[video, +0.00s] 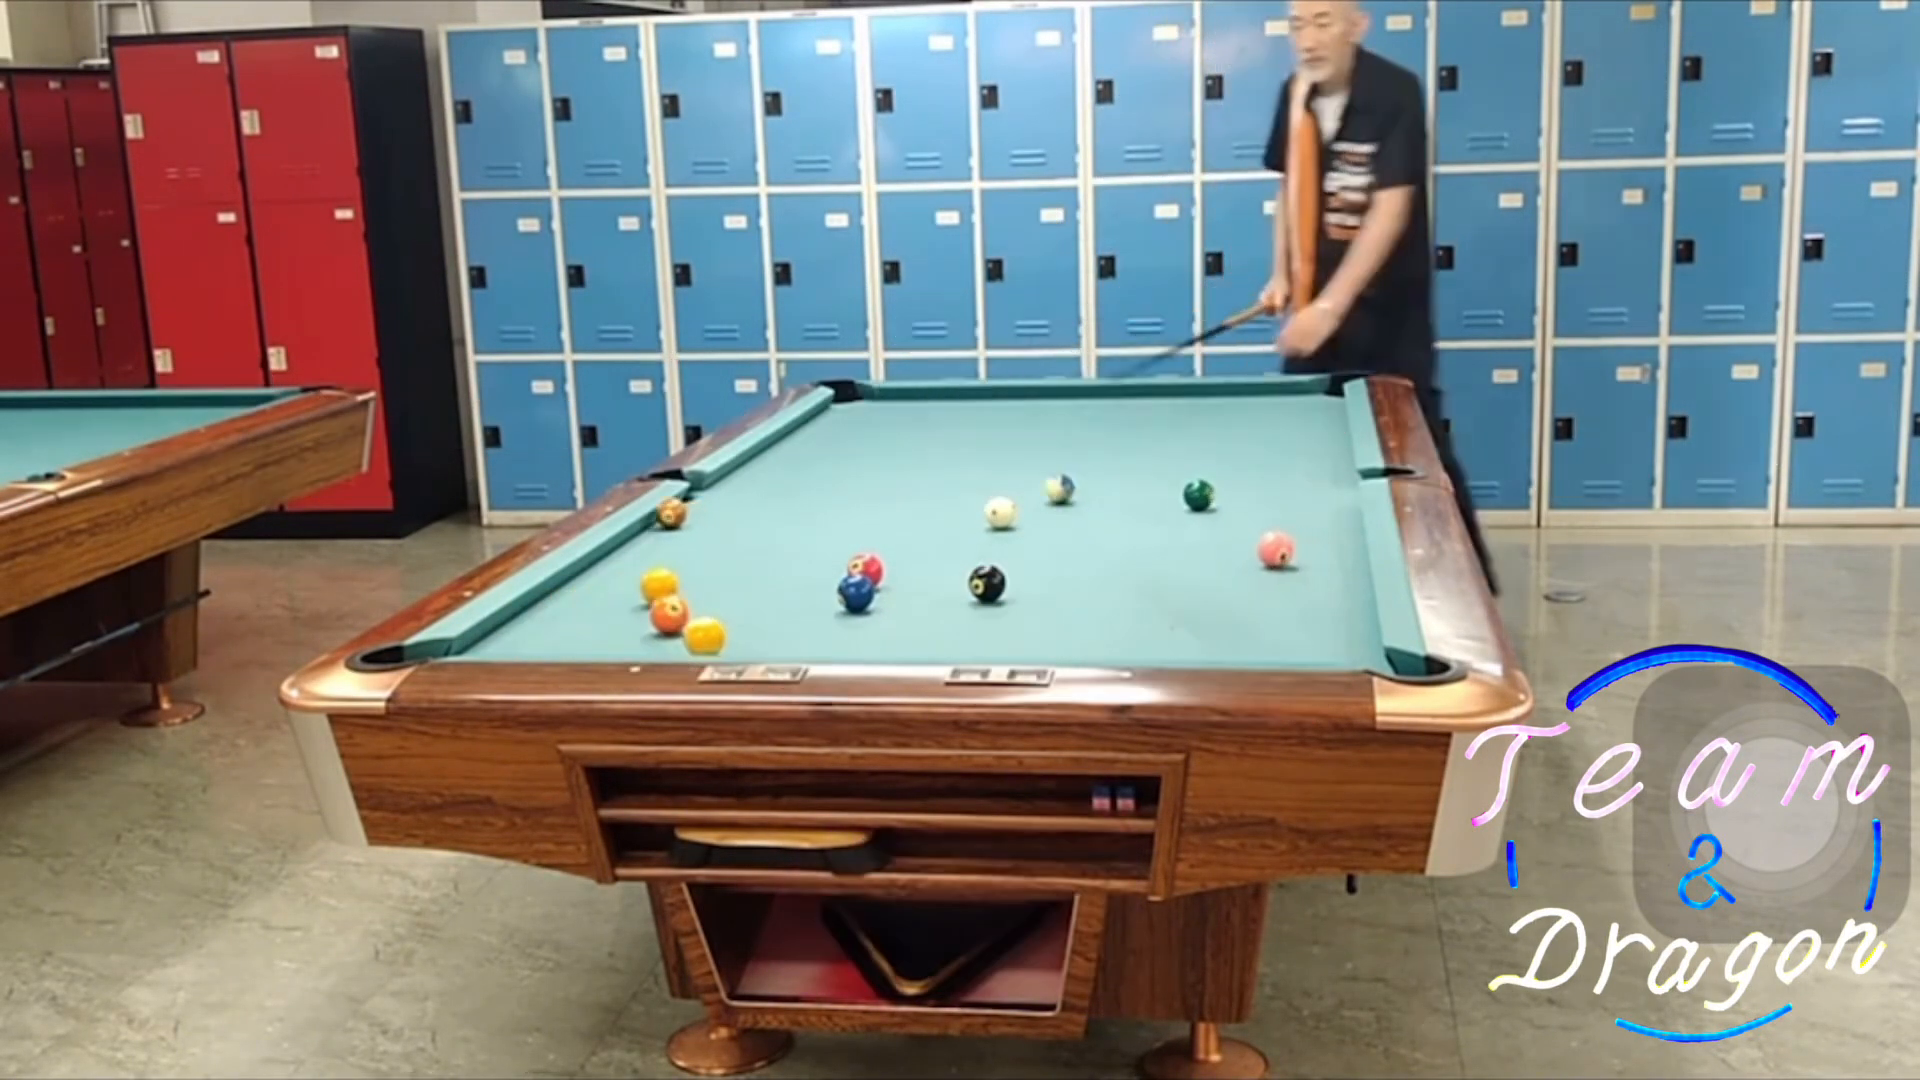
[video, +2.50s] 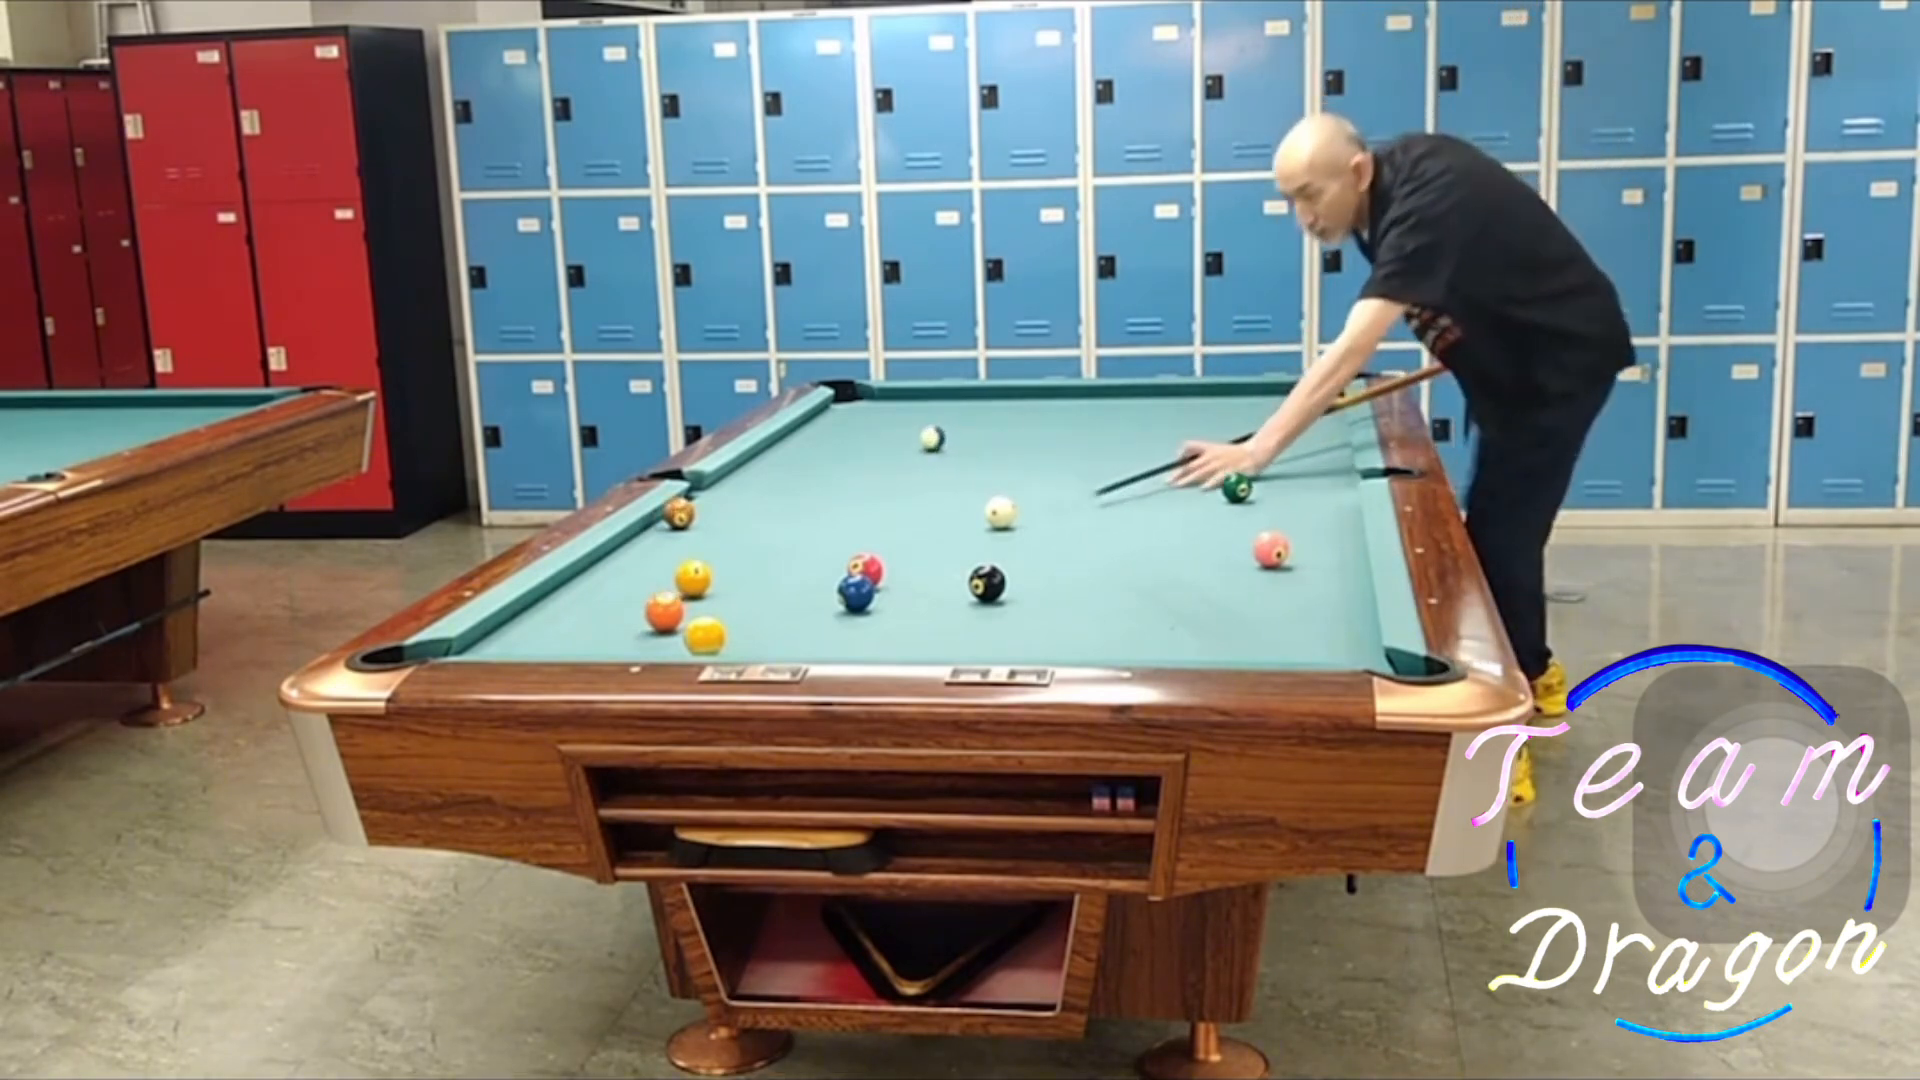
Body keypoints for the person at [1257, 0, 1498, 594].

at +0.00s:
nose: (1306, 39)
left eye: (1321, 23)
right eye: (1298, 24)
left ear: (1357, 25)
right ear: (1289, 28)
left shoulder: (1395, 90)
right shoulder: (1297, 91)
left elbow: (1391, 211)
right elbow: (1289, 188)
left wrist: (1329, 305)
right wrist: (1282, 273)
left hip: (1388, 306)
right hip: (1319, 306)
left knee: (1415, 448)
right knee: (1316, 452)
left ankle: (1467, 579)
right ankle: (1320, 577)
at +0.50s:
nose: (1447, 21)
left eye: (1465, 7)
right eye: (1437, 8)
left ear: (1500, 13)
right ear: (1427, 16)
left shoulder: (1549, 82)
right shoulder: (1406, 86)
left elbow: (1595, 190)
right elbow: (1374, 191)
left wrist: (1621, 296)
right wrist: (1362, 283)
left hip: (1516, 314)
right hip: (1426, 309)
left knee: (1509, 470)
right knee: (1410, 464)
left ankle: (1495, 613)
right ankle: (1399, 608)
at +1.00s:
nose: (1464, 24)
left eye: (1481, 8)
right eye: (1453, 10)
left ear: (1518, 11)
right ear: (1441, 17)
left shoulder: (1571, 82)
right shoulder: (1419, 95)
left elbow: (1605, 203)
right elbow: (1387, 207)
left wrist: (1612, 317)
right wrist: (1374, 309)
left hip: (1547, 338)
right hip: (1453, 338)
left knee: (1537, 491)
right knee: (1470, 499)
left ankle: (1510, 601)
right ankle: (1505, 652)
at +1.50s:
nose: (1393, 47)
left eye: (1406, 26)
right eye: (1381, 33)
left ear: (1454, 18)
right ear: (1374, 38)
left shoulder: (1515, 93)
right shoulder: (1407, 108)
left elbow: (1532, 235)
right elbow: (1424, 223)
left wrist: (1447, 338)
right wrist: (1408, 309)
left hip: (1512, 335)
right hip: (1444, 336)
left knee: (1494, 504)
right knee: (1447, 500)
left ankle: (1507, 658)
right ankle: (1454, 651)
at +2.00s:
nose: (1310, 131)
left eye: (1319, 109)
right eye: (1299, 116)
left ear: (1367, 89)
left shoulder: (1434, 141)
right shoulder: (1378, 142)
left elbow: (1393, 291)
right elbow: (1429, 235)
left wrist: (1316, 410)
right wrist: (1438, 325)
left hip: (1537, 337)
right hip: (1486, 338)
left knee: (1488, 502)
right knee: (1494, 503)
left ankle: (1525, 670)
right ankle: (1520, 666)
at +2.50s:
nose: (1301, 216)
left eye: (1307, 197)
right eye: (1293, 202)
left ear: (1357, 171)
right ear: (1354, 170)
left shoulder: (1425, 206)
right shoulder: (1395, 171)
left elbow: (1351, 356)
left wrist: (1253, 452)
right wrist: (1451, 318)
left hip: (1563, 355)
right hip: (1519, 353)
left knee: (1502, 536)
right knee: (1492, 525)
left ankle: (1521, 689)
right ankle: (1527, 668)